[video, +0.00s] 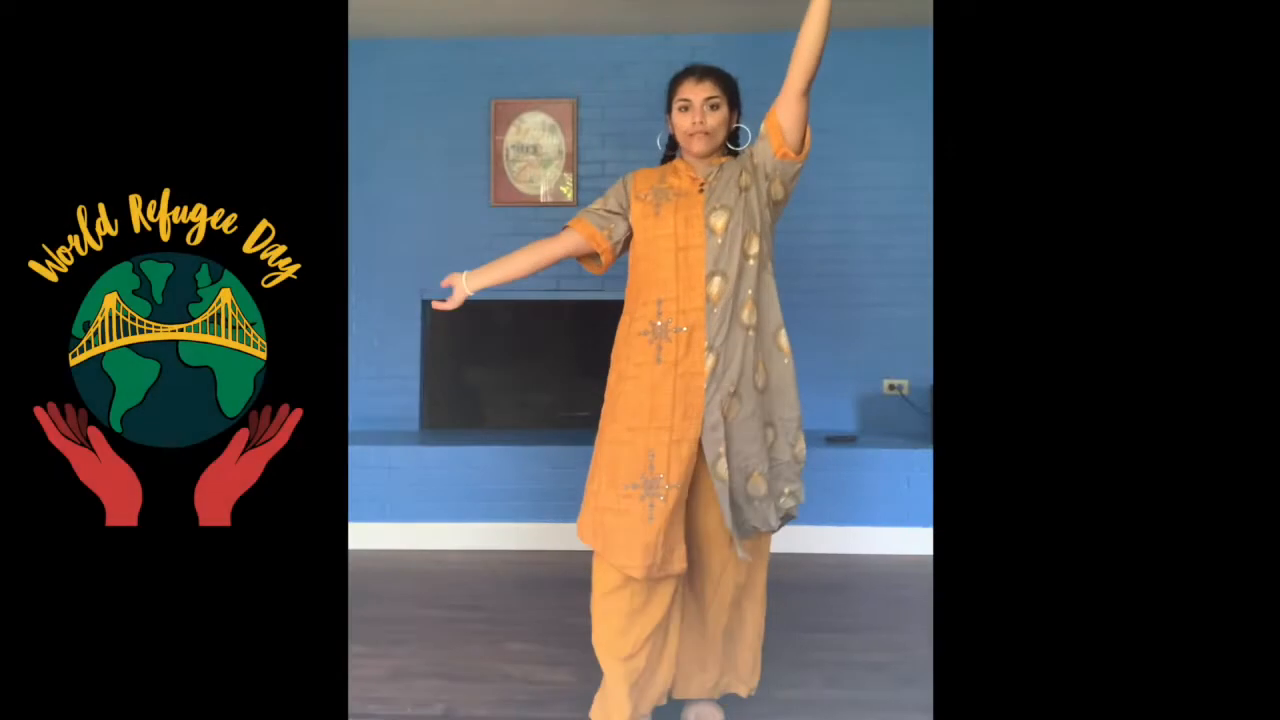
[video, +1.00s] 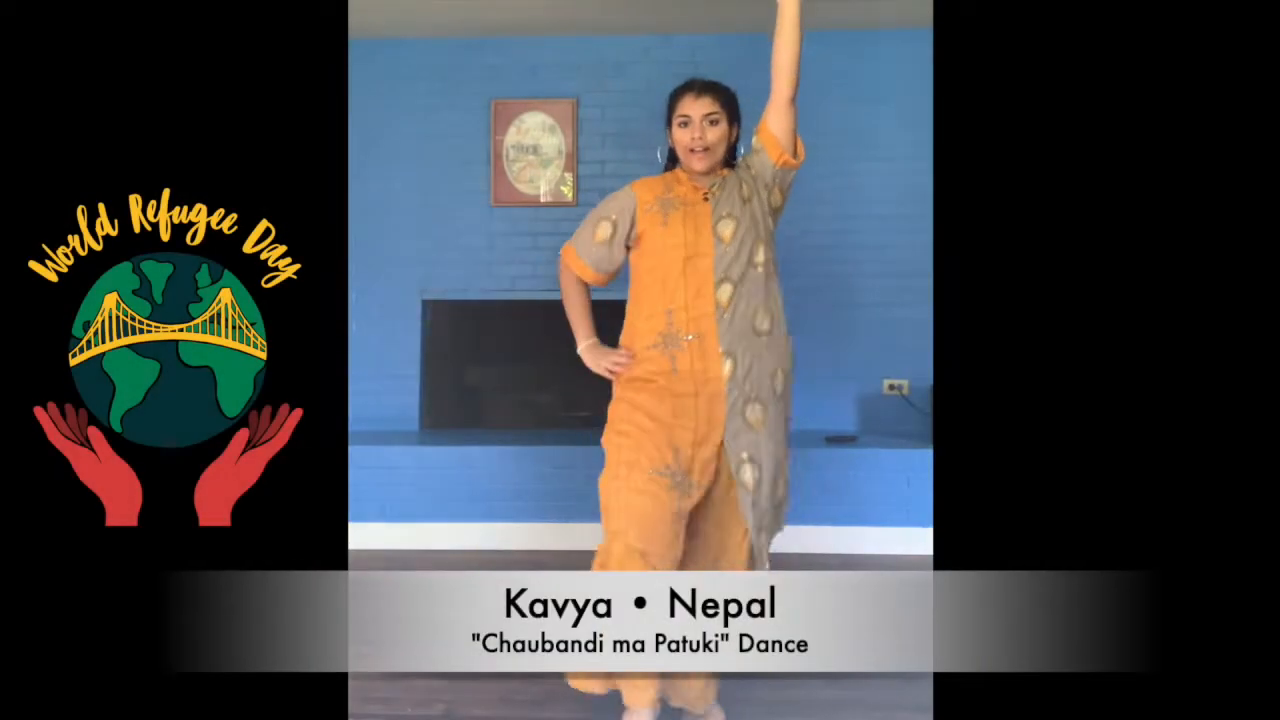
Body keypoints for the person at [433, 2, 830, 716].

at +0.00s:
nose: (697, 116)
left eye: (710, 105)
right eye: (685, 106)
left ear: (732, 118)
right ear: (669, 119)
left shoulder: (754, 180)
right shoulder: (641, 188)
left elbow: (797, 83)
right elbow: (566, 242)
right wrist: (472, 280)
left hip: (732, 384)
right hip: (650, 386)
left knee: (722, 545)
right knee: (636, 543)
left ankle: (703, 691)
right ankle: (624, 698)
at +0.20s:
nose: (695, 121)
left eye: (709, 108)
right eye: (682, 110)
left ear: (730, 119)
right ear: (667, 122)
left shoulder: (755, 180)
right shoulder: (641, 191)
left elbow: (795, 87)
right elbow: (572, 252)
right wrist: (501, 295)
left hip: (733, 390)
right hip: (652, 391)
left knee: (720, 541)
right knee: (636, 537)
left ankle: (699, 689)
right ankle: (649, 693)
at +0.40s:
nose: (697, 131)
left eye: (710, 120)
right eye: (684, 121)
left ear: (731, 132)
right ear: (668, 133)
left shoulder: (753, 190)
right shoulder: (638, 199)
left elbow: (794, 96)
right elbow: (565, 260)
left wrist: (806, 6)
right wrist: (577, 344)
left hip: (740, 399)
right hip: (653, 399)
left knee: (733, 553)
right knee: (635, 551)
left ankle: (713, 706)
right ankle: (633, 706)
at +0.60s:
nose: (695, 122)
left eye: (708, 109)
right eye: (682, 111)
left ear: (730, 119)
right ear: (667, 122)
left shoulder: (754, 179)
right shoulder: (638, 188)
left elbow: (788, 79)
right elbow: (581, 249)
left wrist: (800, 0)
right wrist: (591, 311)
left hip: (737, 386)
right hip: (652, 388)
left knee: (733, 544)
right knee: (637, 543)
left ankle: (709, 695)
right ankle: (620, 703)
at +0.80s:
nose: (695, 124)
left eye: (707, 111)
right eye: (682, 114)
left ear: (730, 122)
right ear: (667, 125)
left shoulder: (753, 182)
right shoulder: (640, 190)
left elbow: (783, 83)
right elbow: (579, 250)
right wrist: (589, 298)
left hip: (729, 379)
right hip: (643, 375)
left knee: (721, 535)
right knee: (617, 527)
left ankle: (702, 690)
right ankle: (607, 689)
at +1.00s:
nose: (697, 133)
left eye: (710, 120)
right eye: (684, 122)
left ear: (732, 132)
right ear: (669, 134)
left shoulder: (754, 190)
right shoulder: (640, 200)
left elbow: (784, 90)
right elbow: (574, 263)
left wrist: (789, 2)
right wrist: (588, 343)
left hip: (738, 401)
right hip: (651, 400)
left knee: (720, 558)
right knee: (642, 552)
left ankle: (695, 698)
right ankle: (640, 703)